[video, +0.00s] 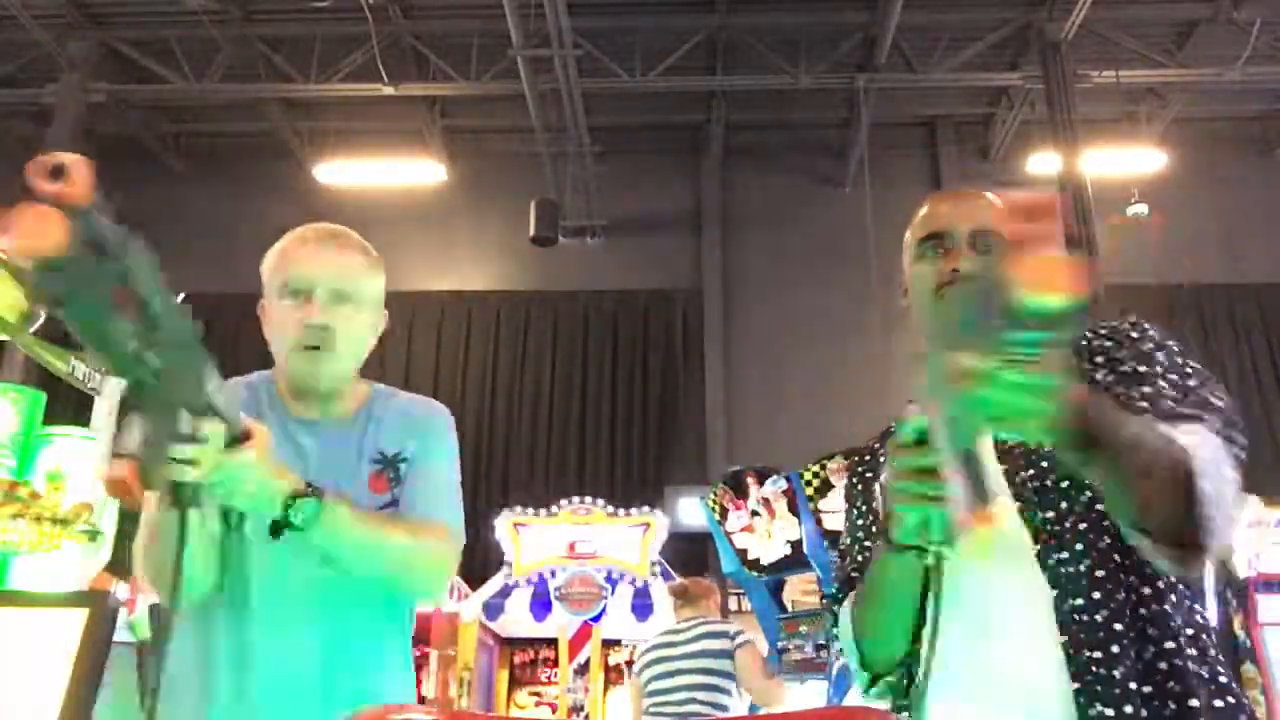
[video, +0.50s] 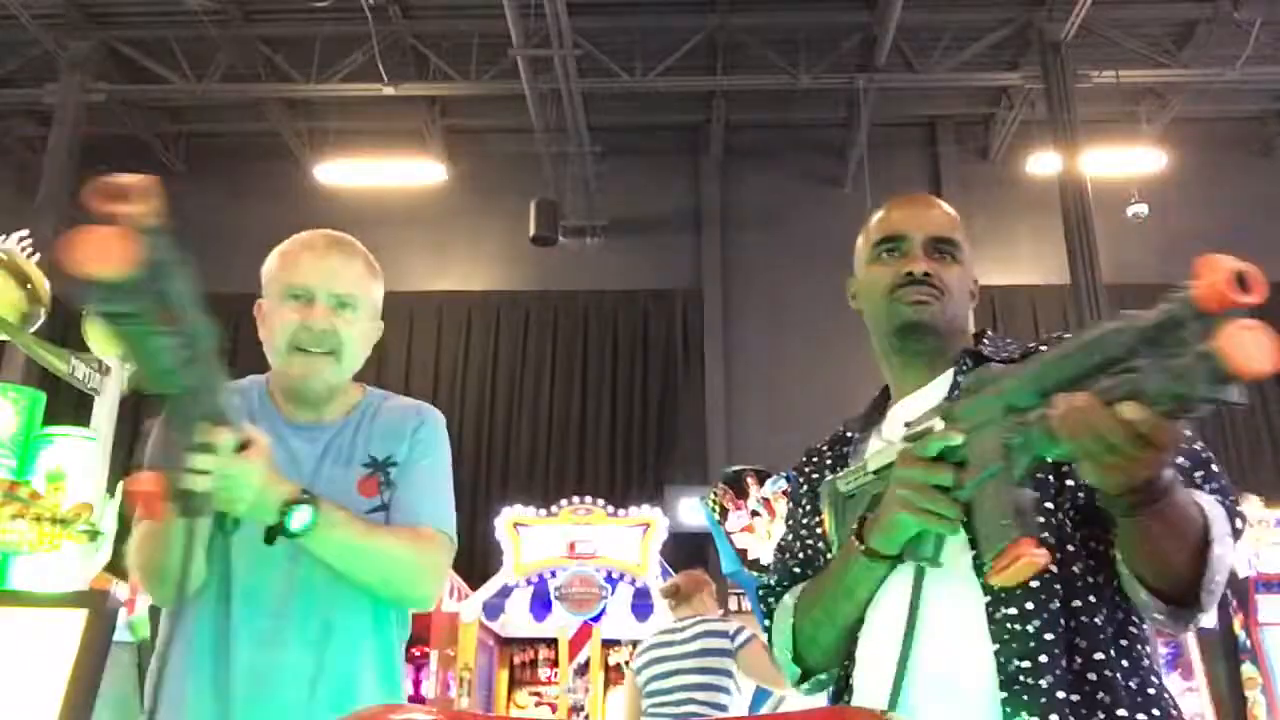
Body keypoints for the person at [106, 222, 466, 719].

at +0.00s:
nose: (316, 317)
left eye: (342, 299)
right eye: (297, 296)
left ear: (377, 325)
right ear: (264, 316)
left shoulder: (419, 426)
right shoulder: (208, 414)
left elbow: (431, 570)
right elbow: (171, 587)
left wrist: (284, 494)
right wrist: (171, 480)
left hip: (359, 707)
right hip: (212, 706)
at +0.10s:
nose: (303, 318)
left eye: (328, 300)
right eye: (285, 296)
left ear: (367, 327)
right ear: (253, 312)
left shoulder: (415, 426)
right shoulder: (194, 418)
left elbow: (436, 575)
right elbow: (180, 585)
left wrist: (306, 504)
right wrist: (223, 498)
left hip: (364, 709)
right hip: (209, 708)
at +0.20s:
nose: (292, 314)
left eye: (315, 298)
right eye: (274, 294)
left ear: (351, 325)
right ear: (239, 313)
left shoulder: (404, 420)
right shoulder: (178, 419)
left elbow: (434, 575)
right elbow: (170, 586)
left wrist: (318, 514)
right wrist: (218, 508)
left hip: (353, 709)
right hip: (201, 709)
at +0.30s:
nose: (286, 314)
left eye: (311, 294)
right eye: (264, 291)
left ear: (347, 324)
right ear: (231, 315)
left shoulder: (399, 419)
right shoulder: (175, 416)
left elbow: (420, 569)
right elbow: (160, 596)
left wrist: (275, 508)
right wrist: (161, 523)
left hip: (345, 707)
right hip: (193, 706)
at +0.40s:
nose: (299, 316)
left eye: (326, 300)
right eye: (280, 293)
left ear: (357, 327)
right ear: (243, 312)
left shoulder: (402, 422)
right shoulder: (186, 416)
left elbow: (410, 574)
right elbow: (147, 590)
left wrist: (254, 503)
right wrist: (143, 507)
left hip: (343, 708)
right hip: (192, 708)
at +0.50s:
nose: (318, 320)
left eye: (343, 305)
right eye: (298, 298)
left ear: (374, 332)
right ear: (260, 317)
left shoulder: (412, 429)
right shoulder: (198, 418)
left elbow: (423, 579)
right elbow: (161, 584)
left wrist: (278, 499)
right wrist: (194, 488)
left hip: (348, 708)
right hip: (197, 706)